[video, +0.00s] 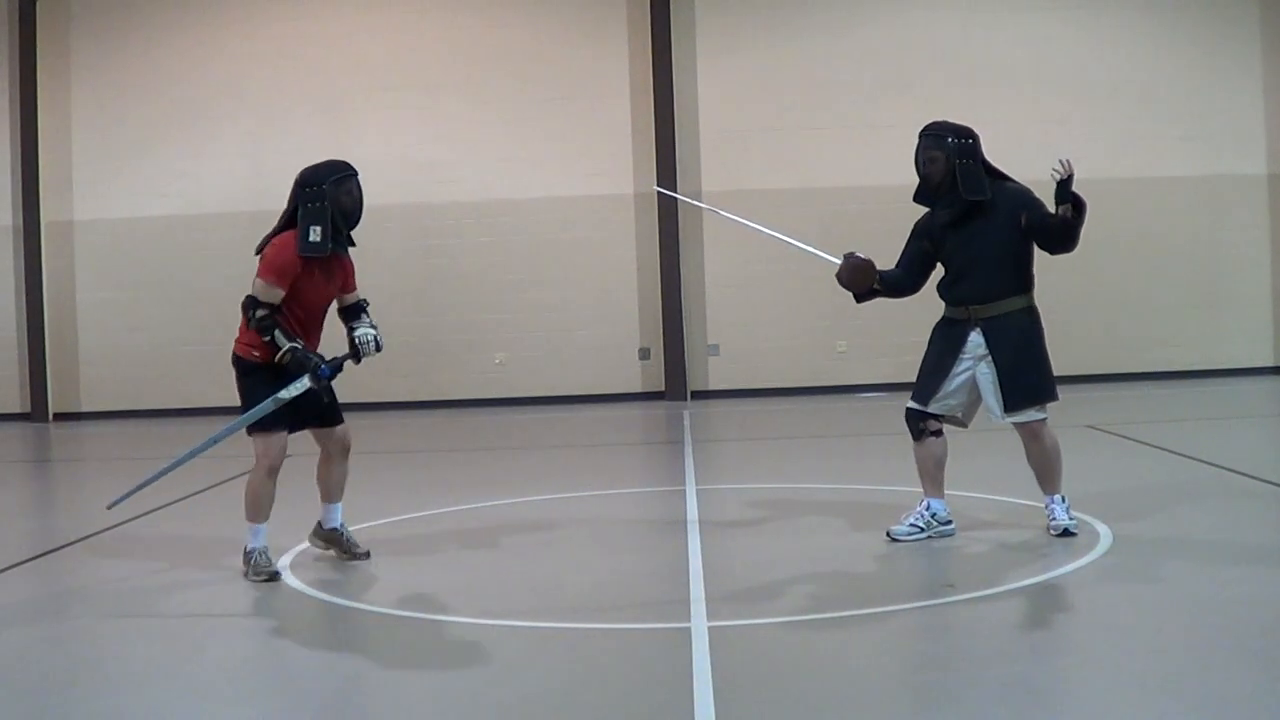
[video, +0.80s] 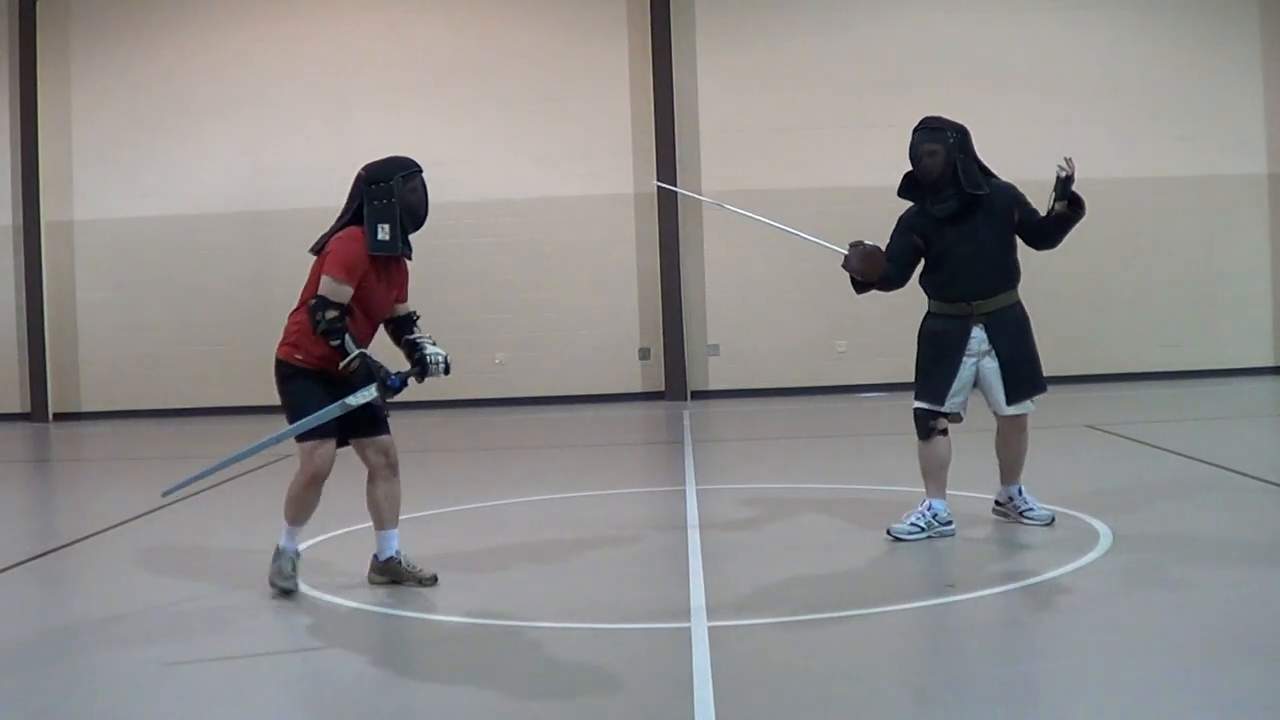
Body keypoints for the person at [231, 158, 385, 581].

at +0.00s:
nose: (354, 205)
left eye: (355, 196)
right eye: (346, 196)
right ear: (319, 201)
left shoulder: (338, 252)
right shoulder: (285, 249)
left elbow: (349, 301)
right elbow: (258, 313)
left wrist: (360, 324)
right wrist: (293, 353)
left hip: (303, 361)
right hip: (260, 362)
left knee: (337, 442)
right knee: (270, 456)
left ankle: (330, 526)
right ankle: (256, 549)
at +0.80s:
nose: (423, 199)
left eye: (421, 189)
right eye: (414, 190)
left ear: (393, 197)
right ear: (388, 195)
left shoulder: (395, 256)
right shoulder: (350, 245)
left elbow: (399, 318)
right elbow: (326, 316)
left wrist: (420, 350)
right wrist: (365, 364)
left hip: (350, 367)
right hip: (304, 365)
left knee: (382, 458)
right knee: (318, 462)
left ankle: (387, 558)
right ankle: (287, 551)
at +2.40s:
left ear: (776, 174)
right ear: (821, 179)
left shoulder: (755, 211)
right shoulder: (833, 222)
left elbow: (730, 168)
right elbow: (836, 194)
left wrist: (771, 145)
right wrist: (831, 161)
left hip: (762, 341)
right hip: (818, 341)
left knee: (748, 437)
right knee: (842, 437)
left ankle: (728, 517)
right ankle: (857, 529)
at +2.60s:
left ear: (794, 174)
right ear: (838, 180)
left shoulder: (768, 207)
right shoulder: (847, 222)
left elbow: (745, 167)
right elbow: (850, 192)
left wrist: (787, 142)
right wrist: (845, 156)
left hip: (774, 342)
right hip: (829, 342)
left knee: (769, 445)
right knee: (864, 425)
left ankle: (772, 536)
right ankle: (865, 510)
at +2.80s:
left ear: (789, 186)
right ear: (830, 192)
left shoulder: (762, 216)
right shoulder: (840, 233)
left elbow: (737, 179)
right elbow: (844, 204)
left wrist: (777, 158)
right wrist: (837, 170)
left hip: (763, 347)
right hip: (819, 349)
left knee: (748, 447)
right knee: (856, 432)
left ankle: (740, 536)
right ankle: (902, 507)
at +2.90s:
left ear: (780, 190)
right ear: (822, 197)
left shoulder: (758, 222)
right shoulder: (833, 238)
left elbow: (731, 187)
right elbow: (833, 210)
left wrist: (761, 168)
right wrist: (827, 179)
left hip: (758, 351)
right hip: (813, 353)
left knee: (735, 448)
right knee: (846, 443)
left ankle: (714, 537)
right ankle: (884, 519)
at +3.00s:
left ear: (774, 192)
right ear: (812, 196)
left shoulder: (750, 224)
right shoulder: (825, 239)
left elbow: (721, 190)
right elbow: (829, 216)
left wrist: (763, 169)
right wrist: (821, 183)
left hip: (753, 350)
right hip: (807, 350)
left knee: (725, 445)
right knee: (838, 436)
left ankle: (701, 528)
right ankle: (860, 517)